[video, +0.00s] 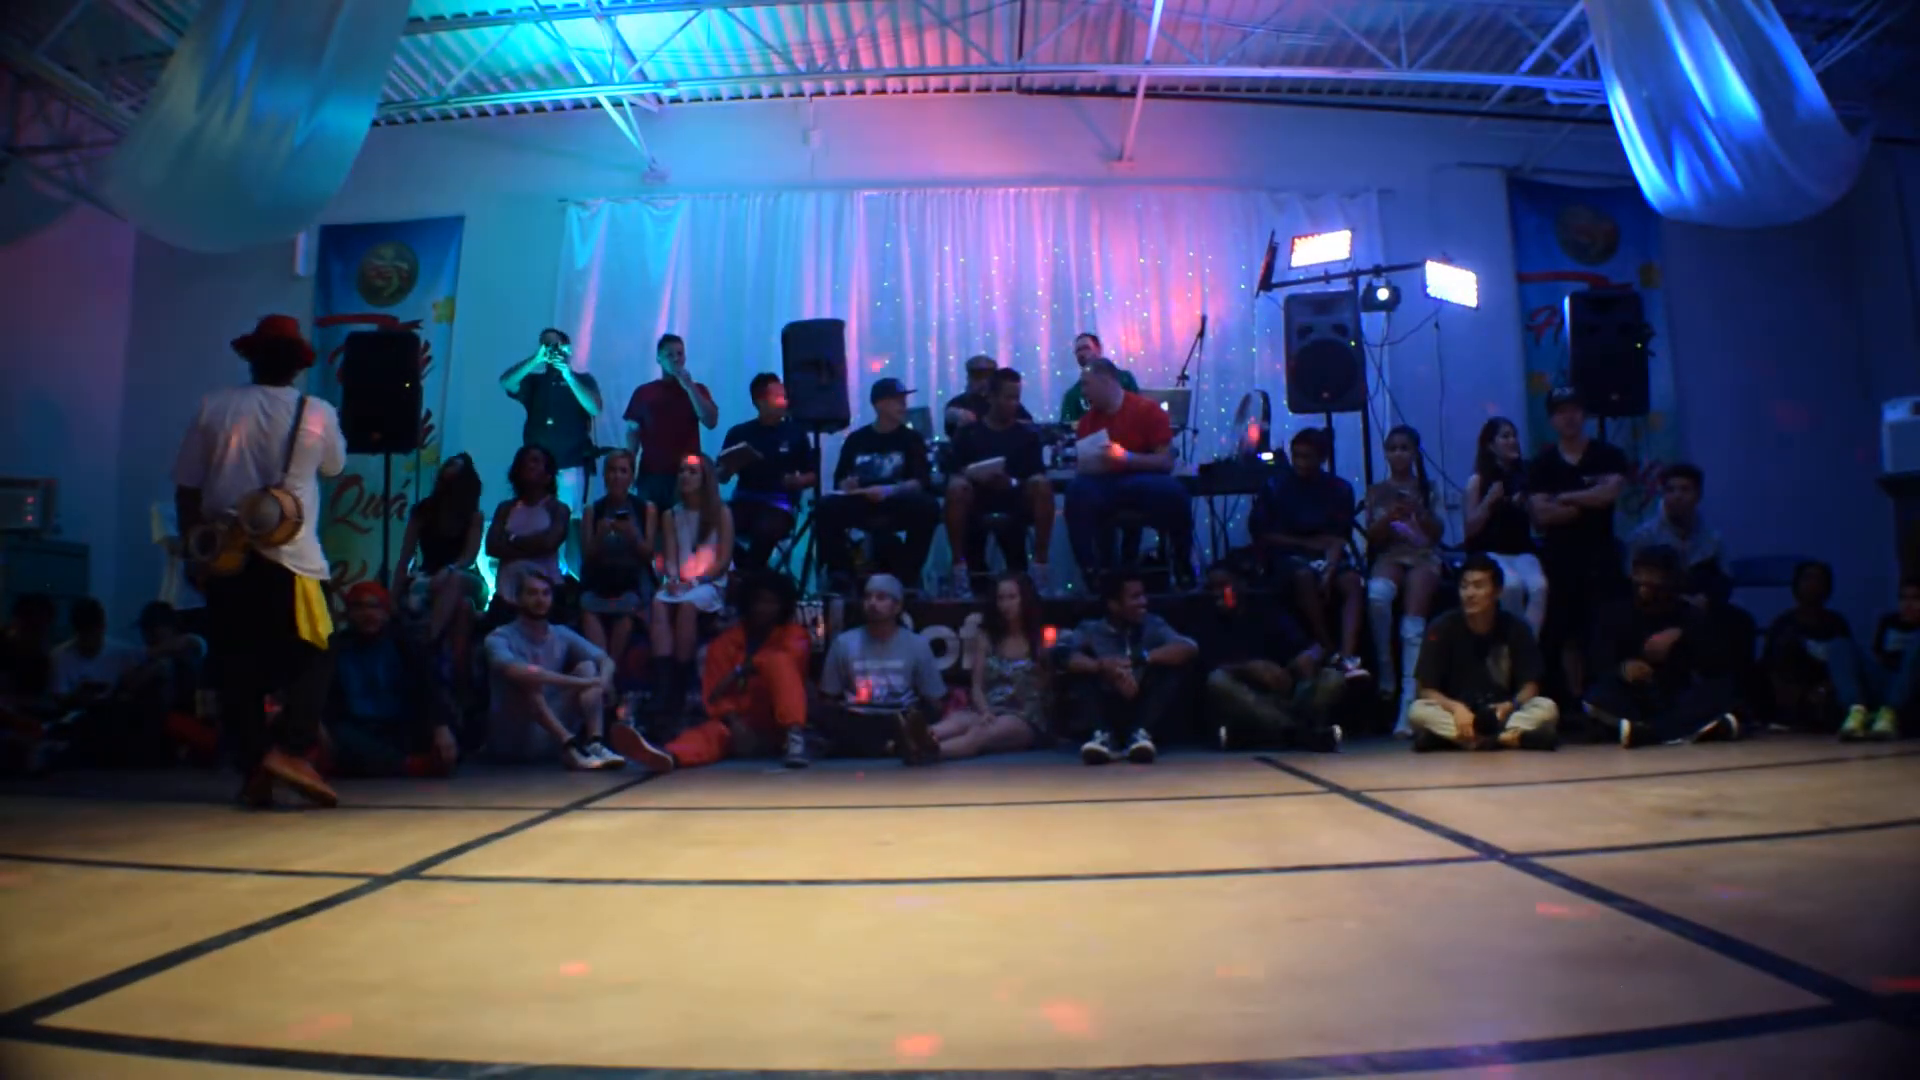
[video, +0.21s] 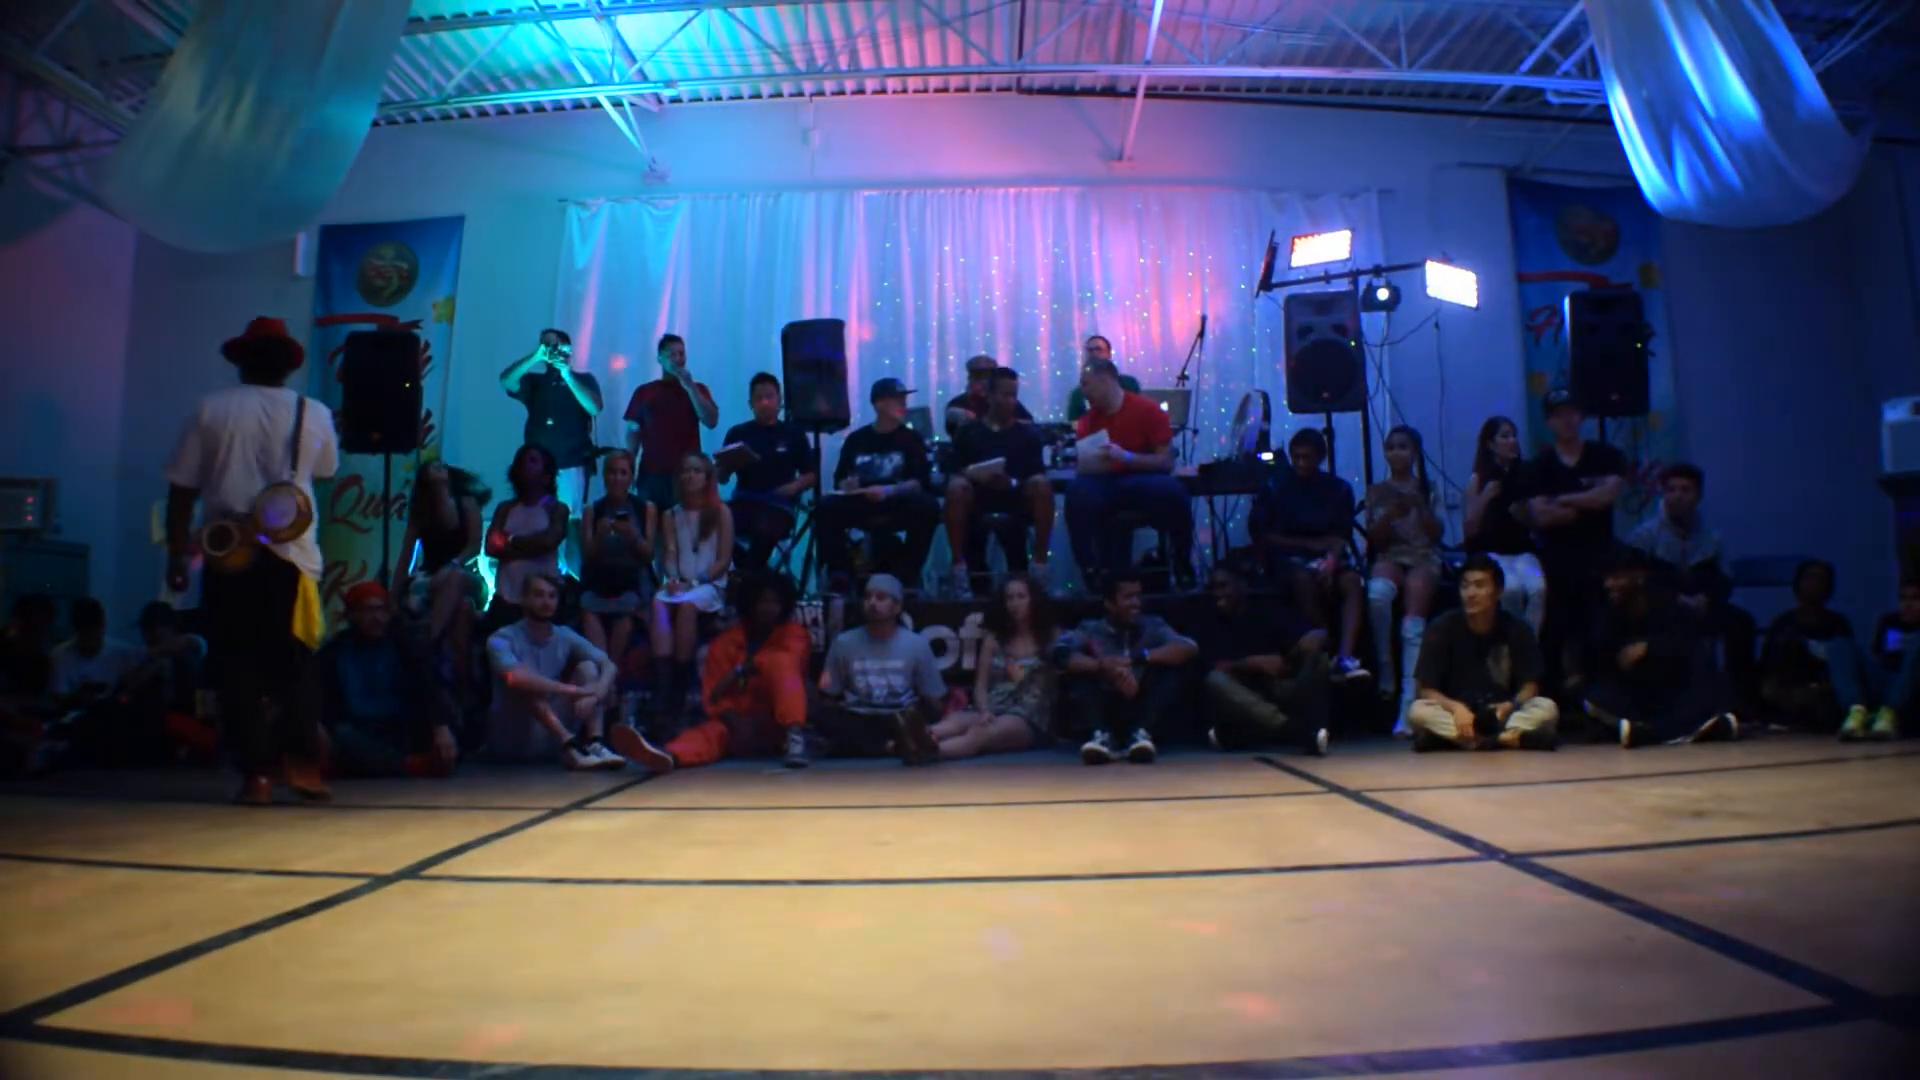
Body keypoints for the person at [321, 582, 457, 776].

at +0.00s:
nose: (367, 614)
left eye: (374, 606)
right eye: (360, 607)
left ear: (386, 610)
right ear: (350, 612)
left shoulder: (402, 641)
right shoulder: (339, 645)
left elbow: (425, 684)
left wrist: (441, 727)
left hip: (402, 719)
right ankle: (404, 764)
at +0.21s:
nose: (377, 617)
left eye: (382, 610)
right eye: (369, 611)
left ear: (389, 612)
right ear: (353, 615)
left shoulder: (403, 644)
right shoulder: (336, 650)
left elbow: (426, 686)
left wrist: (441, 727)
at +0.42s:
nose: (378, 618)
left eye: (382, 611)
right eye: (370, 612)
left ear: (389, 613)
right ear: (353, 616)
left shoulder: (403, 646)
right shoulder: (334, 652)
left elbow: (426, 689)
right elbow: (316, 698)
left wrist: (441, 728)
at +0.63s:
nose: (385, 619)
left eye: (387, 612)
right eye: (376, 613)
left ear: (393, 612)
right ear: (357, 616)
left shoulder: (405, 646)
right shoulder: (335, 651)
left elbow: (427, 691)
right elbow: (315, 699)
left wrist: (441, 729)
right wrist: (314, 726)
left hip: (400, 721)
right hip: (352, 724)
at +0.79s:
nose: (386, 619)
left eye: (389, 611)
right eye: (378, 613)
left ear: (394, 612)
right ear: (358, 616)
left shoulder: (406, 645)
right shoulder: (336, 650)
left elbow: (428, 690)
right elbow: (318, 698)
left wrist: (441, 730)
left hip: (403, 722)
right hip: (355, 724)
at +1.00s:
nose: (387, 619)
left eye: (389, 612)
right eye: (378, 613)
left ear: (395, 612)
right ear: (358, 616)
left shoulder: (406, 644)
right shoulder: (336, 649)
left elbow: (428, 689)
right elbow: (322, 698)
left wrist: (441, 729)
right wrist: (324, 731)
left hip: (404, 720)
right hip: (356, 723)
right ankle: (403, 764)